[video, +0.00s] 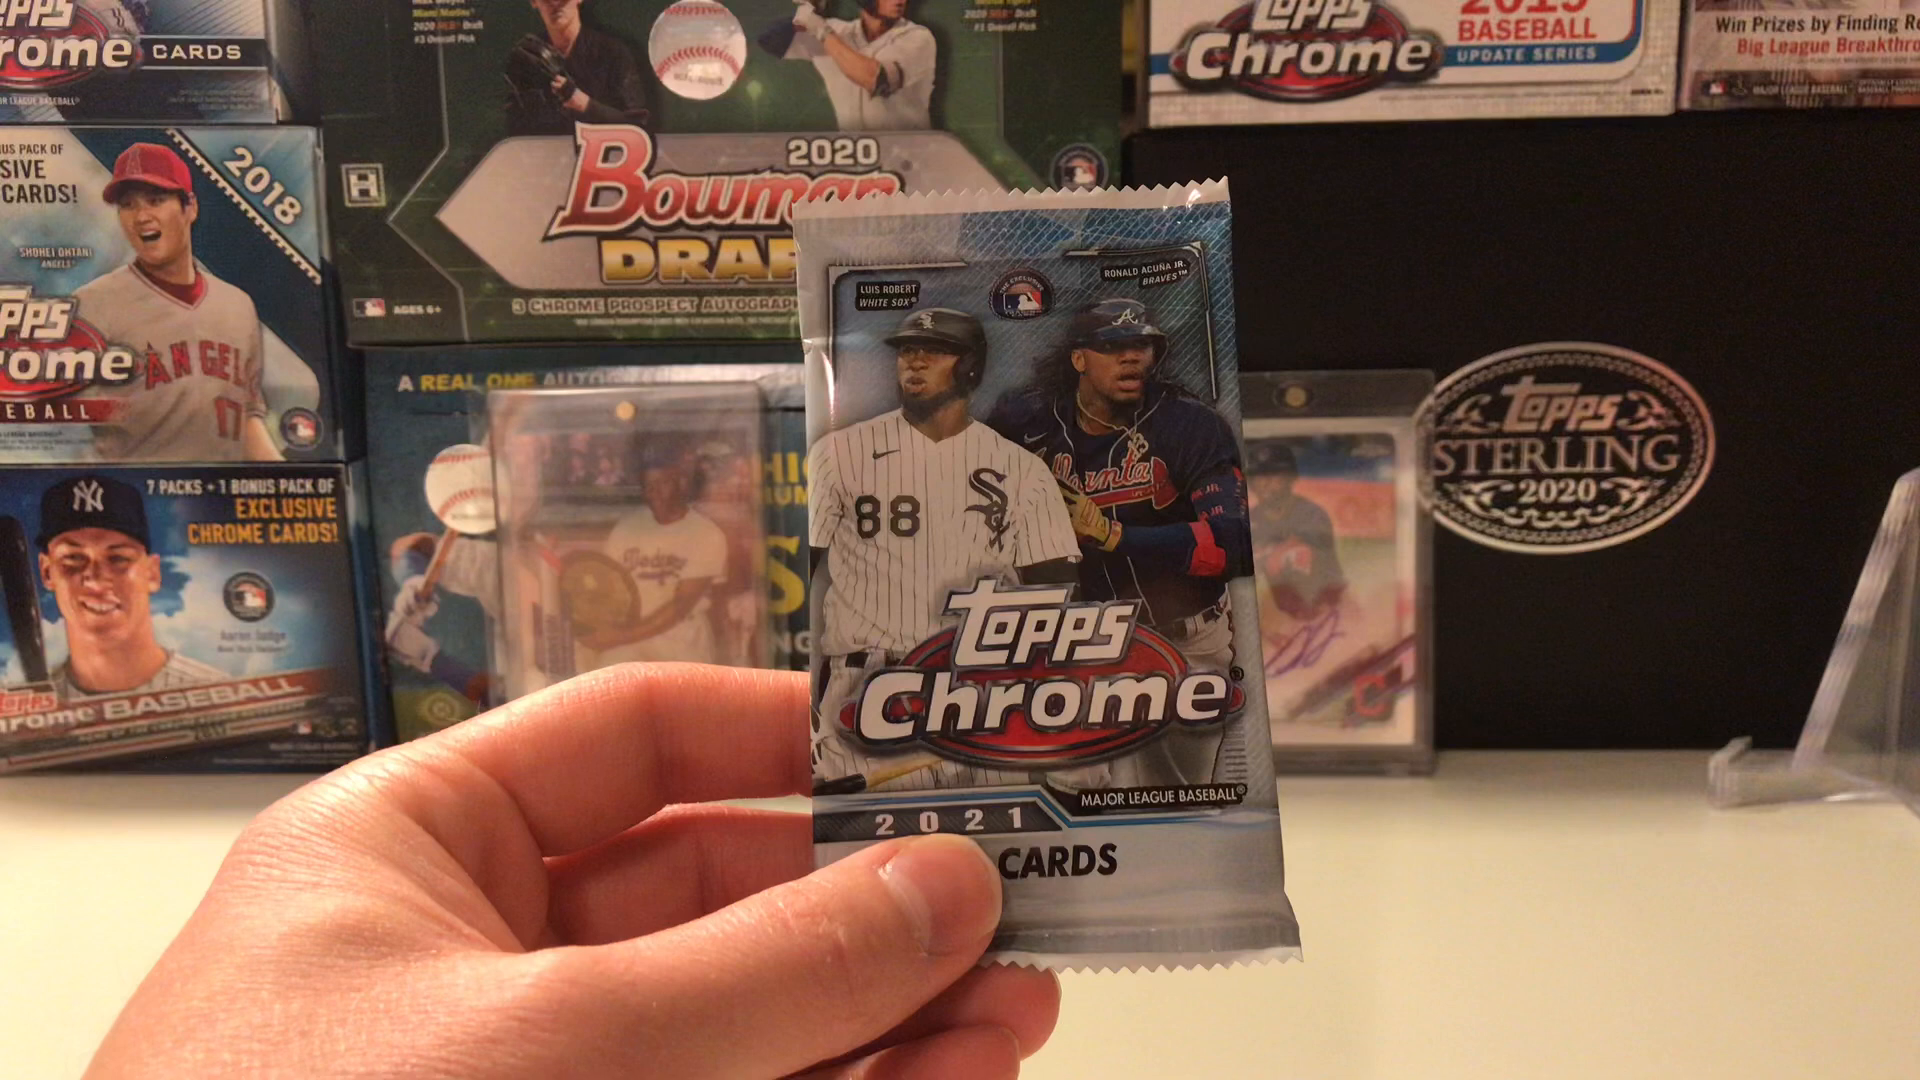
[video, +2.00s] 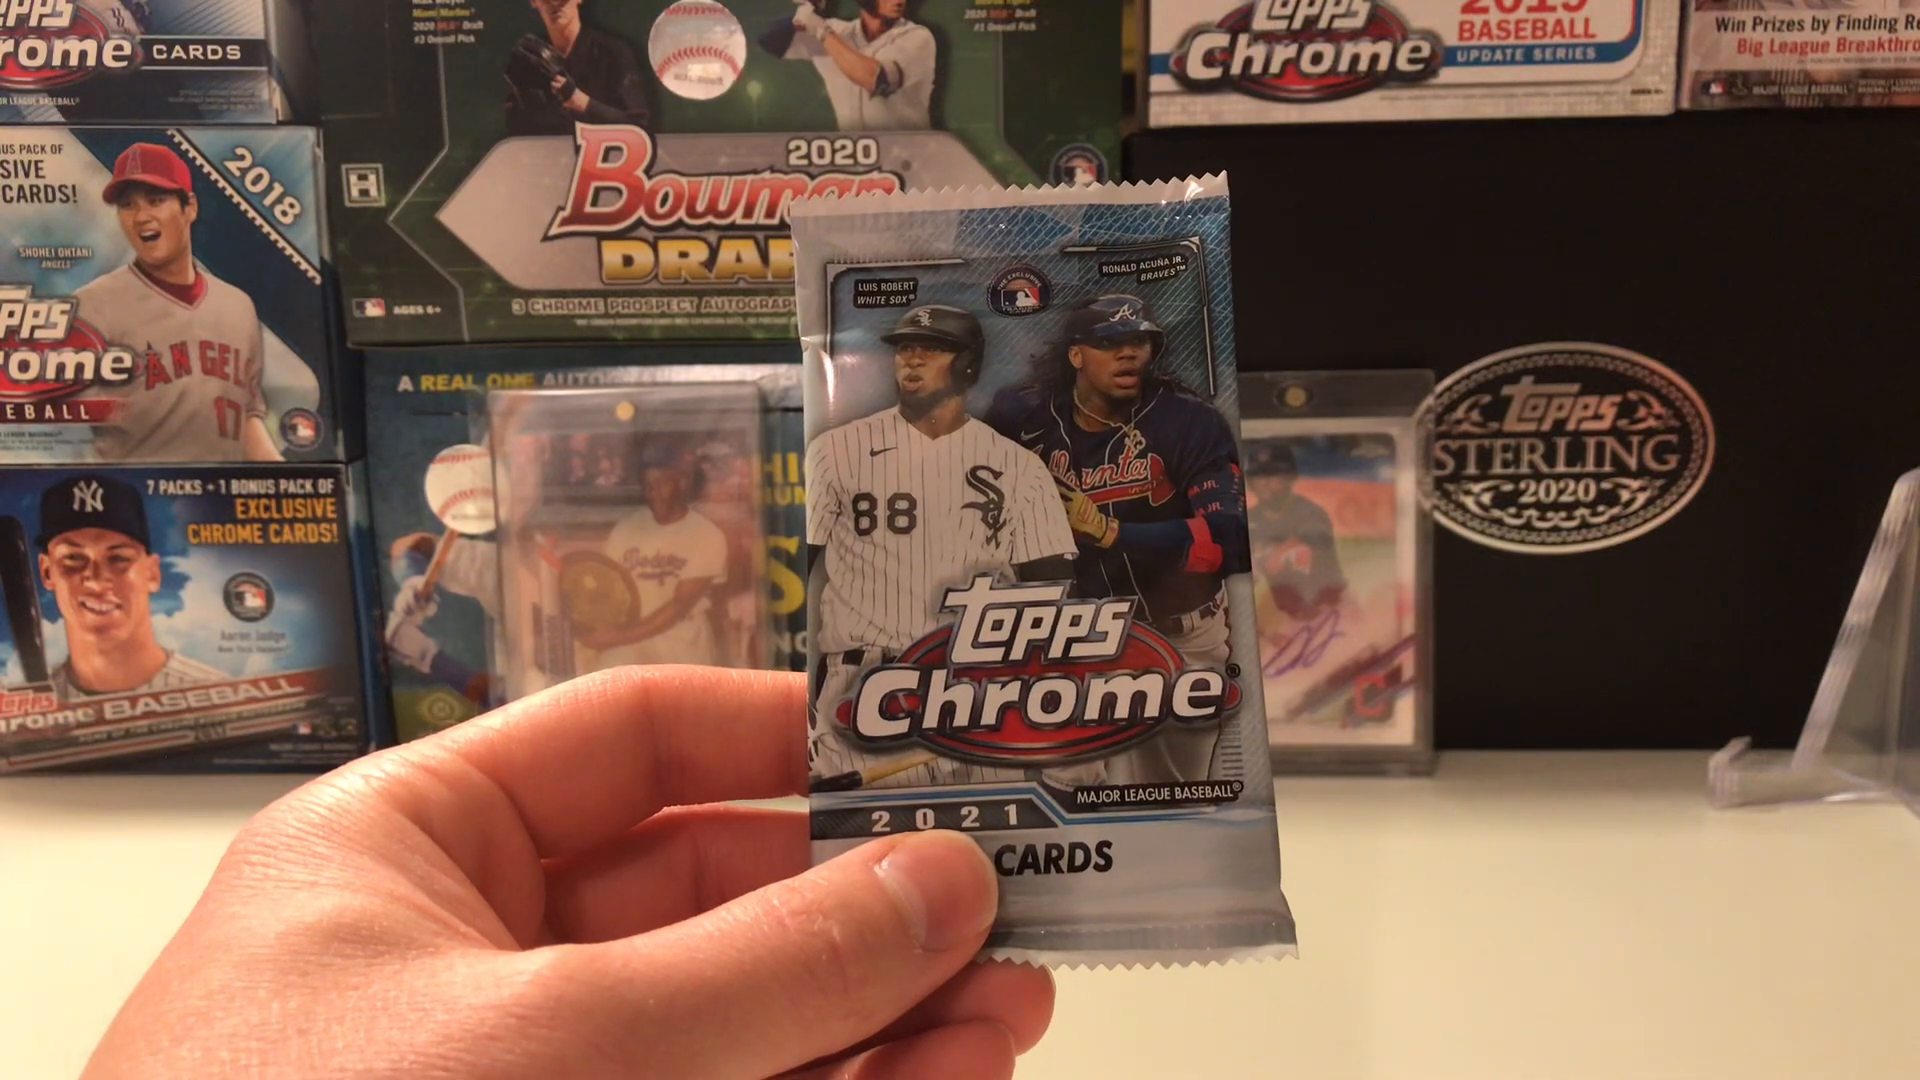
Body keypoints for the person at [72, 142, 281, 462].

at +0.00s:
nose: (143, 216)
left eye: (157, 199)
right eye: (129, 204)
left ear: (190, 209)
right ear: (119, 218)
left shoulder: (239, 306)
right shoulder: (92, 306)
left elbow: (248, 414)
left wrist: (283, 483)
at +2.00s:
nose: (143, 216)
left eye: (157, 200)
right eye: (129, 204)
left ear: (190, 209)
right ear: (119, 218)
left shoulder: (239, 307)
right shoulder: (92, 306)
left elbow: (247, 414)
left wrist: (283, 482)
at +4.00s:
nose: (143, 216)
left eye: (157, 200)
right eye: (129, 204)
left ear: (190, 210)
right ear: (119, 218)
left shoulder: (239, 307)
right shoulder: (91, 307)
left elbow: (248, 414)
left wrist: (283, 483)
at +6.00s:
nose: (142, 216)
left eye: (157, 200)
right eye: (128, 204)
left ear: (189, 209)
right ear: (118, 217)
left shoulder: (239, 306)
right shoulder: (91, 306)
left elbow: (247, 414)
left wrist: (283, 482)